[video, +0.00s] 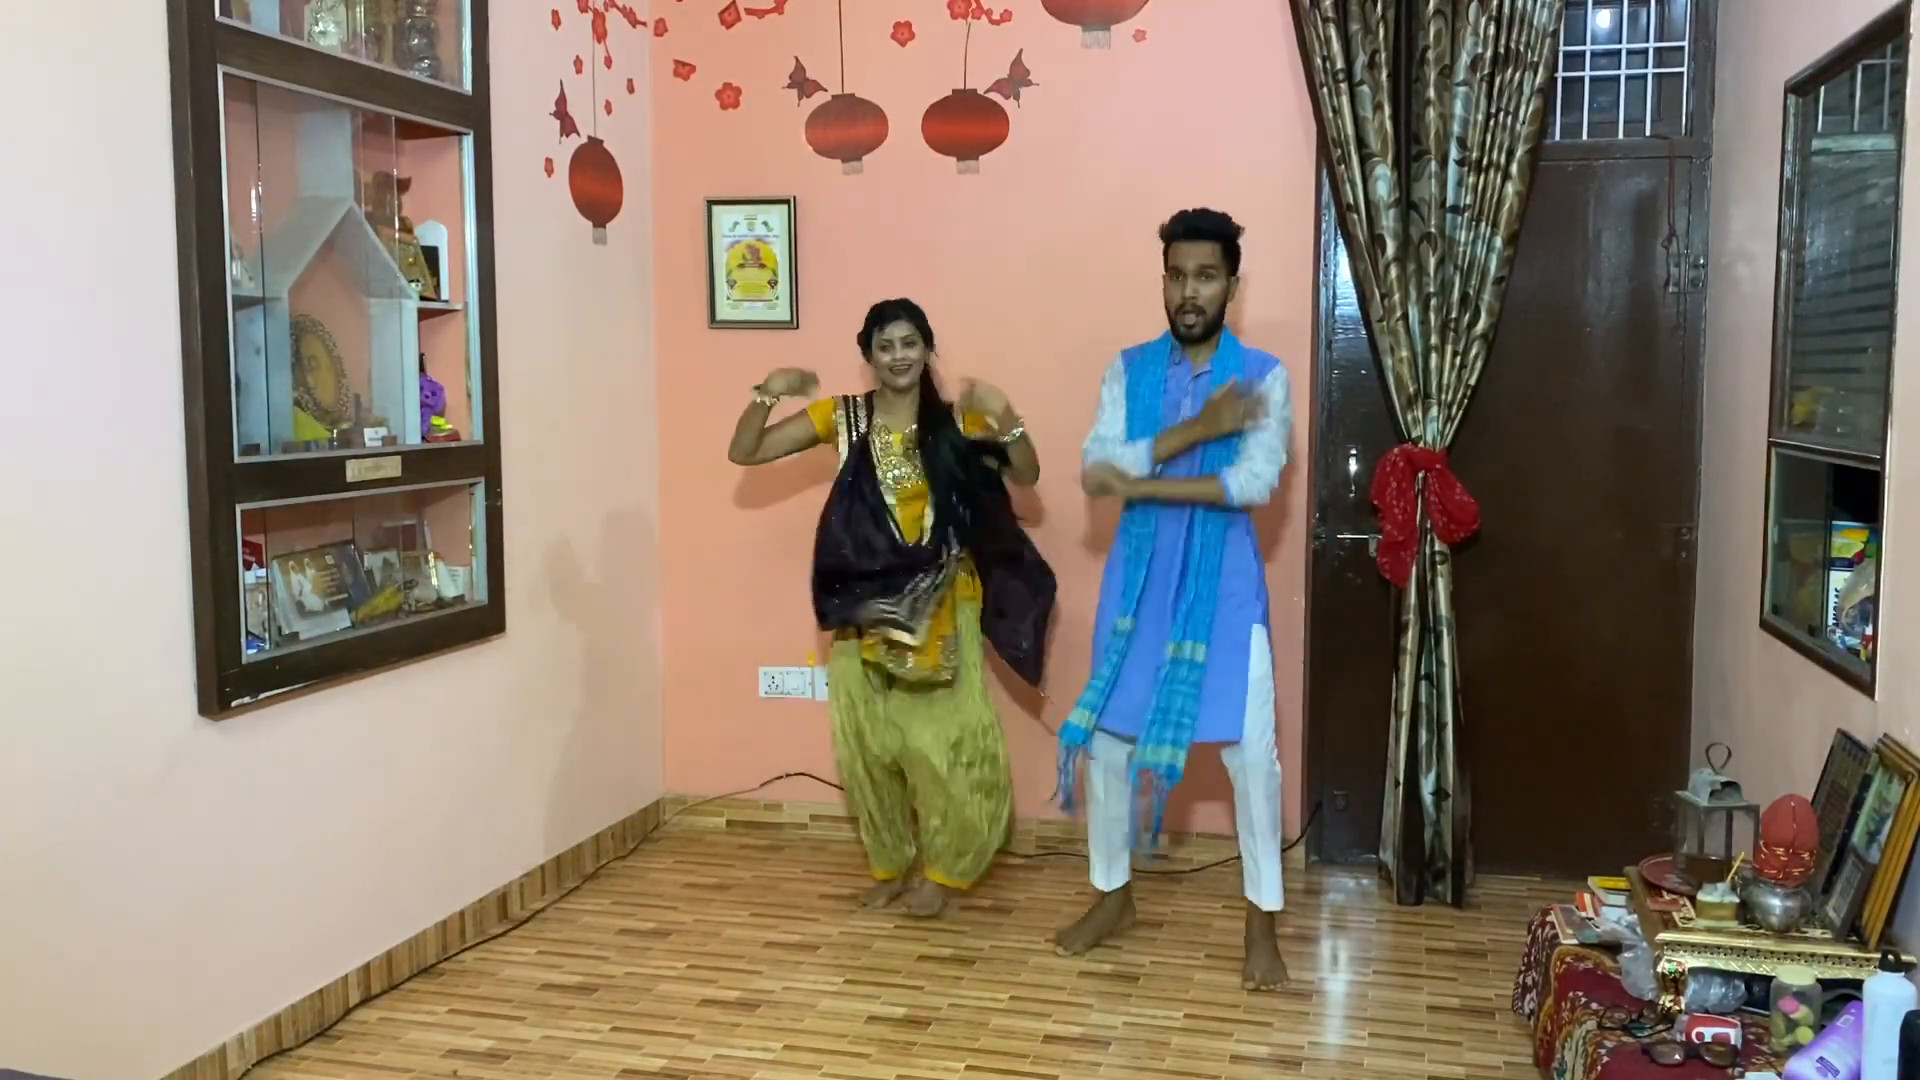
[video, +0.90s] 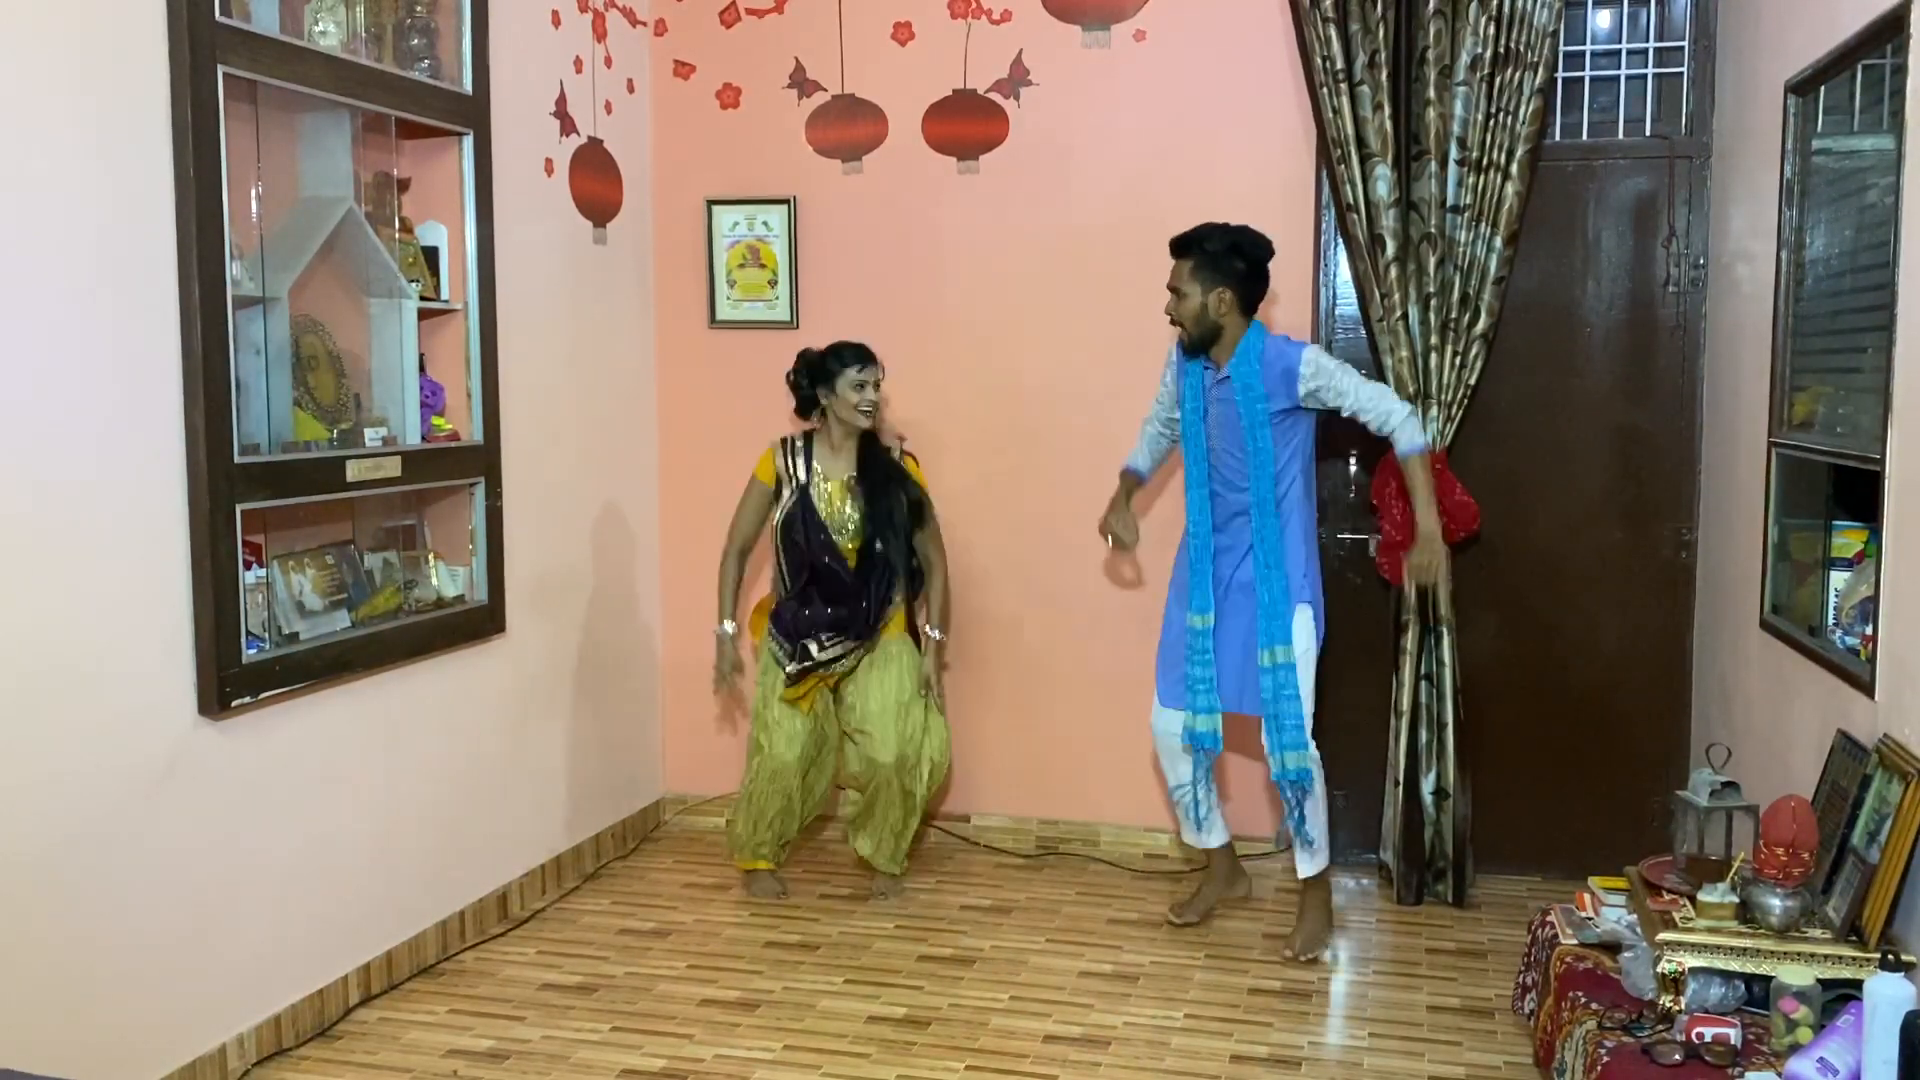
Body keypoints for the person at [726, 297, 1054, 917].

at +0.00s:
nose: (899, 355)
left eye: (910, 343)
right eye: (887, 345)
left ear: (927, 351)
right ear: (869, 355)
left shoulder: (954, 418)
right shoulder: (846, 415)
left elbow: (1026, 476)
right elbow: (746, 449)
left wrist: (1007, 422)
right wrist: (765, 392)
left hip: (945, 596)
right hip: (865, 598)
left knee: (945, 737)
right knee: (866, 738)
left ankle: (945, 870)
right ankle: (892, 866)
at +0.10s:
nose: (878, 352)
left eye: (892, 340)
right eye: (868, 342)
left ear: (918, 346)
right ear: (859, 350)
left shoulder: (947, 406)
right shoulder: (844, 410)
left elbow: (1007, 447)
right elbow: (763, 460)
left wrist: (961, 381)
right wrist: (791, 399)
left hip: (946, 597)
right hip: (870, 595)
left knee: (938, 738)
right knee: (861, 731)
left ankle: (937, 874)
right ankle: (888, 852)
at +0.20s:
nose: (876, 355)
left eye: (888, 344)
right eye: (865, 346)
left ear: (914, 355)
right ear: (855, 360)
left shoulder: (940, 410)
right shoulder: (845, 420)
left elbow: (959, 454)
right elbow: (793, 476)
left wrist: (896, 401)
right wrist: (811, 413)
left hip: (938, 606)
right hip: (867, 601)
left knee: (929, 741)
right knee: (853, 735)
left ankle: (934, 879)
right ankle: (887, 844)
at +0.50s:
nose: (872, 387)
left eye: (885, 376)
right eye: (862, 377)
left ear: (915, 382)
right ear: (852, 382)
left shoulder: (943, 441)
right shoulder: (838, 431)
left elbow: (945, 471)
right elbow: (774, 464)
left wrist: (914, 478)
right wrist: (756, 469)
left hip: (935, 630)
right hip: (861, 620)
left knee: (933, 759)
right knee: (828, 741)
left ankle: (942, 876)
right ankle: (844, 852)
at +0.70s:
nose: (863, 364)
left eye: (876, 352)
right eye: (852, 352)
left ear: (900, 354)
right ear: (839, 355)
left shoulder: (930, 412)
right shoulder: (817, 398)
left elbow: (970, 462)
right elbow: (724, 421)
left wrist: (948, 472)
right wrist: (665, 452)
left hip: (902, 598)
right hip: (826, 592)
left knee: (922, 732)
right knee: (818, 725)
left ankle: (934, 866)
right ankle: (815, 847)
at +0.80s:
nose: (860, 374)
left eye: (871, 362)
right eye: (847, 363)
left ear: (886, 362)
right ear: (826, 364)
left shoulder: (907, 419)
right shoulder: (799, 408)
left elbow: (961, 501)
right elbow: (721, 463)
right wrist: (679, 531)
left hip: (892, 597)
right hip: (813, 597)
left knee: (904, 734)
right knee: (802, 732)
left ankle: (900, 847)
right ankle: (775, 847)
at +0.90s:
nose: (872, 396)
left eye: (875, 386)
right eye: (859, 386)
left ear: (879, 393)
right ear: (823, 395)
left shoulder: (898, 471)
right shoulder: (784, 461)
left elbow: (934, 565)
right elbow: (737, 551)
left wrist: (933, 648)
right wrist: (726, 634)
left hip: (881, 635)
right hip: (798, 634)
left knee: (894, 751)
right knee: (783, 754)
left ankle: (886, 855)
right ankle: (760, 858)